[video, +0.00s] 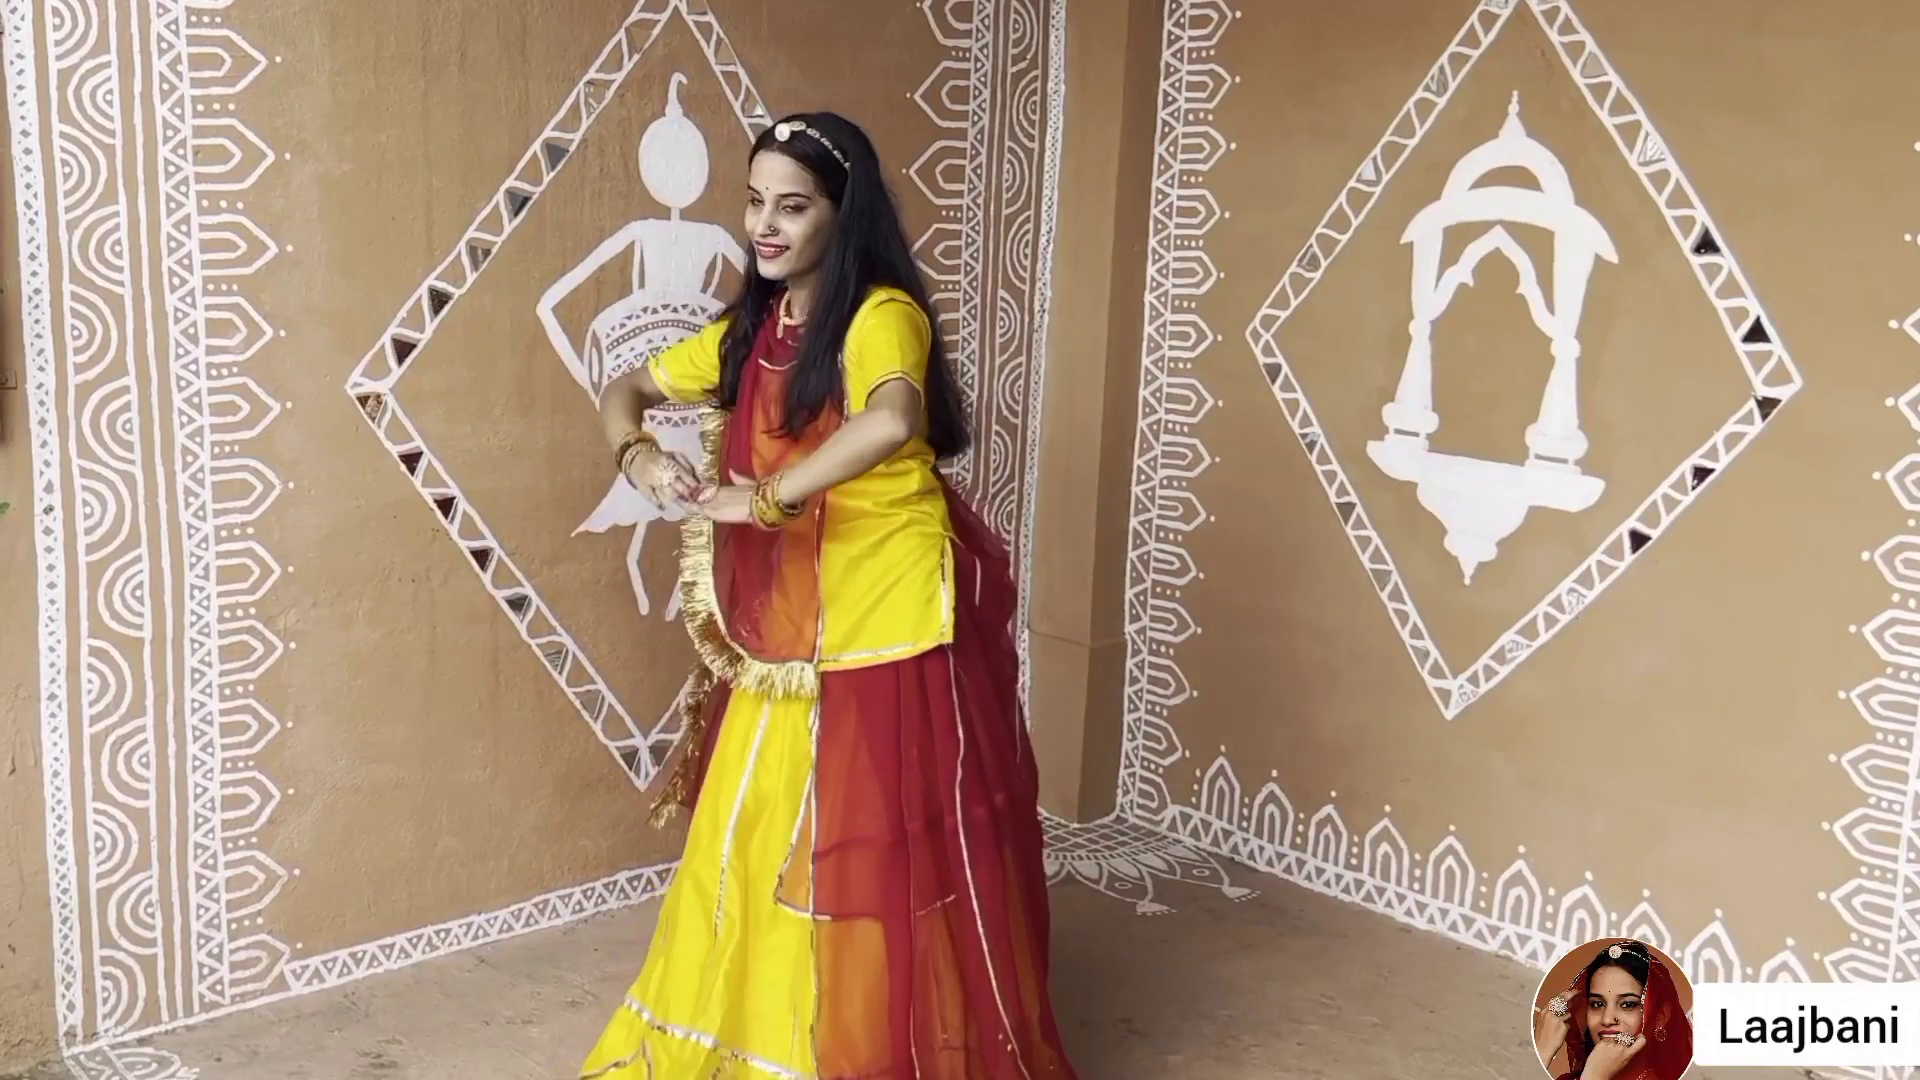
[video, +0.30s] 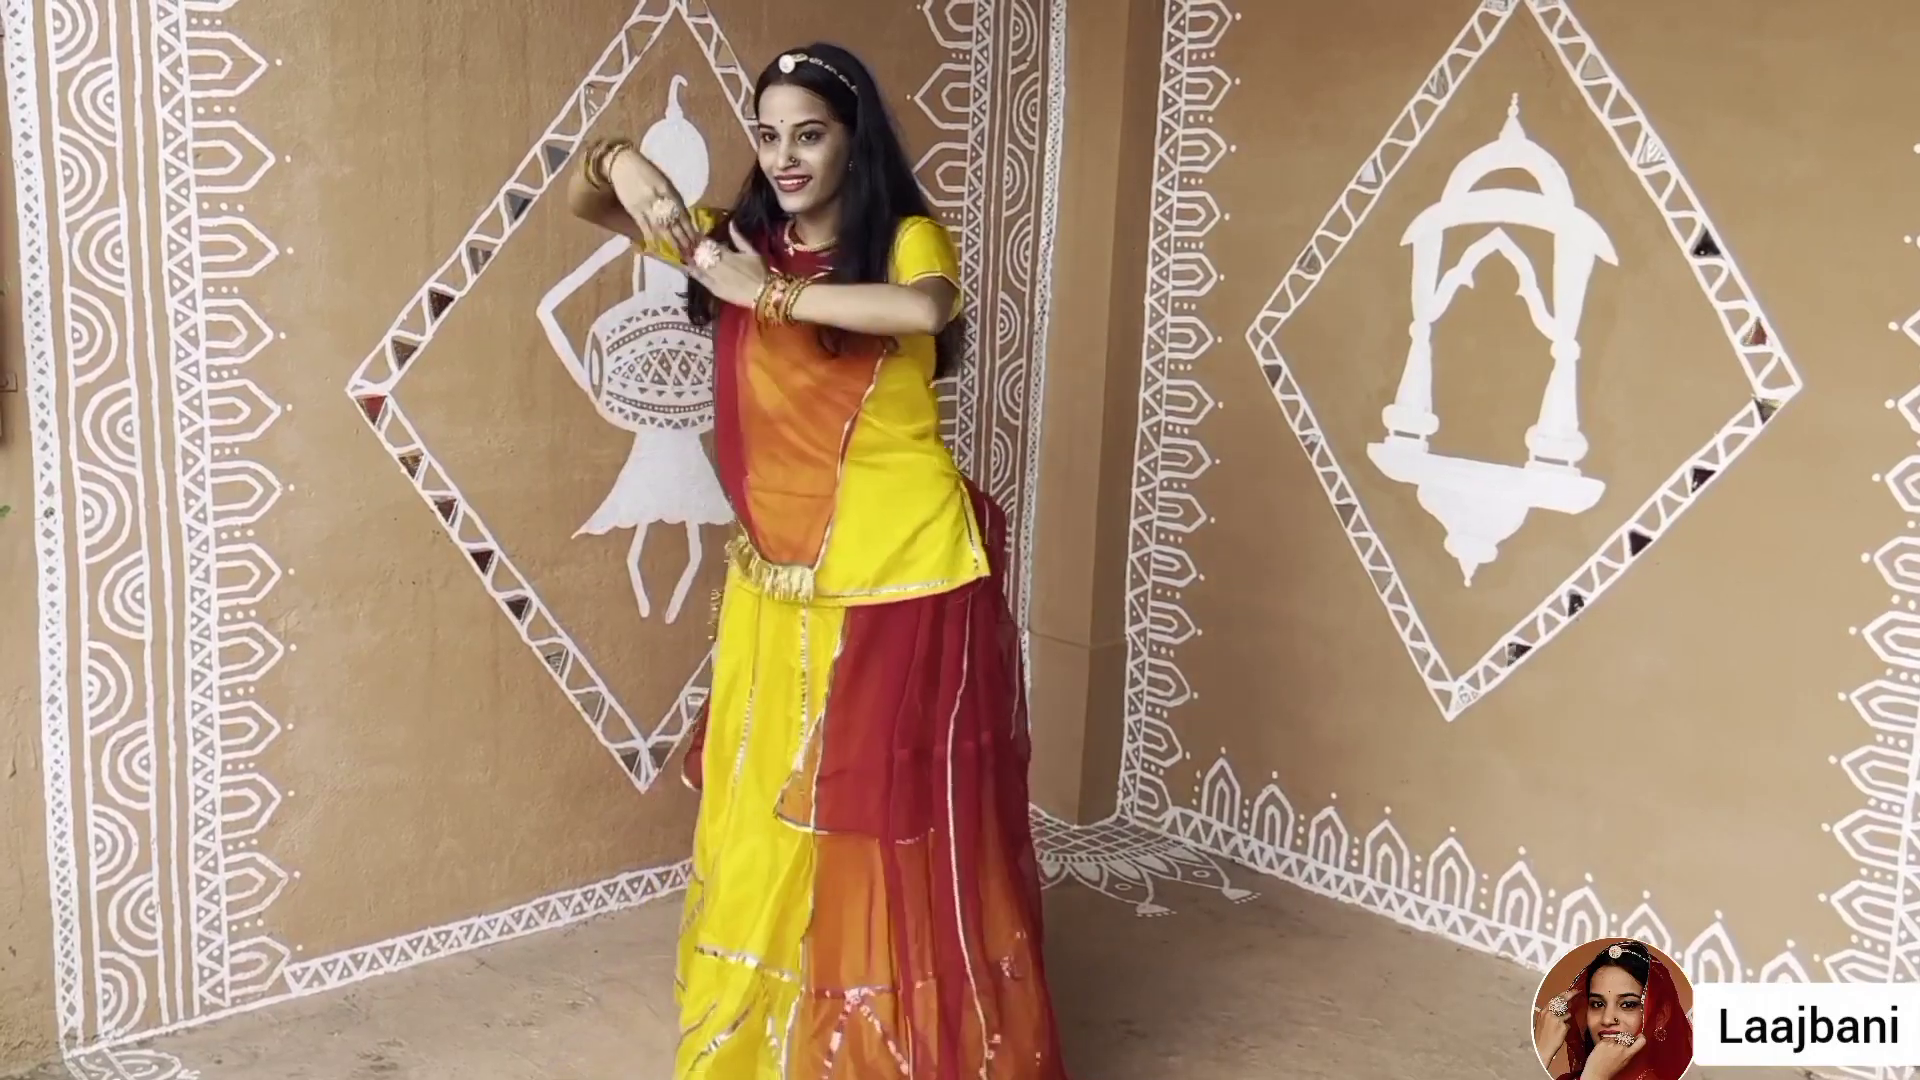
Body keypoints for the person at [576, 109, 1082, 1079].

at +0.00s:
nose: (765, 223)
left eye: (790, 205)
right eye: (755, 203)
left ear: (842, 211)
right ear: (744, 210)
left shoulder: (880, 310)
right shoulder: (753, 325)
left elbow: (894, 417)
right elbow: (625, 386)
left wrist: (770, 495)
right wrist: (639, 456)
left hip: (887, 610)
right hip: (783, 610)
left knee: (864, 849)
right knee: (757, 845)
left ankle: (865, 1062)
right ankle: (750, 1056)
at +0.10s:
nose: (775, 200)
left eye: (799, 180)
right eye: (764, 179)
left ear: (850, 188)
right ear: (751, 187)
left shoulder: (891, 289)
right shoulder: (748, 299)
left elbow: (916, 391)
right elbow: (611, 335)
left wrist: (787, 437)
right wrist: (645, 379)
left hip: (892, 602)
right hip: (784, 605)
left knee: (875, 837)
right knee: (764, 835)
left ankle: (881, 1057)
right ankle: (763, 1053)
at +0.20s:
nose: (782, 164)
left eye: (807, 143)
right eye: (768, 144)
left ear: (855, 149)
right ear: (754, 156)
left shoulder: (903, 250)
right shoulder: (745, 255)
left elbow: (922, 341)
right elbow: (618, 241)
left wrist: (777, 344)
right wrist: (663, 291)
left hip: (898, 584)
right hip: (783, 587)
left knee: (881, 831)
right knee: (763, 829)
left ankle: (890, 1057)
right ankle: (755, 1053)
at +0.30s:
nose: (785, 155)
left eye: (808, 133)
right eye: (769, 136)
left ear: (857, 139)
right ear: (752, 148)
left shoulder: (907, 234)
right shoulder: (741, 242)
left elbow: (923, 311)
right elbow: (598, 197)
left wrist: (768, 291)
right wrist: (619, 158)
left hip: (905, 577)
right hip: (782, 581)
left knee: (886, 824)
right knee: (770, 824)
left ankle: (897, 1053)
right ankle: (763, 1050)